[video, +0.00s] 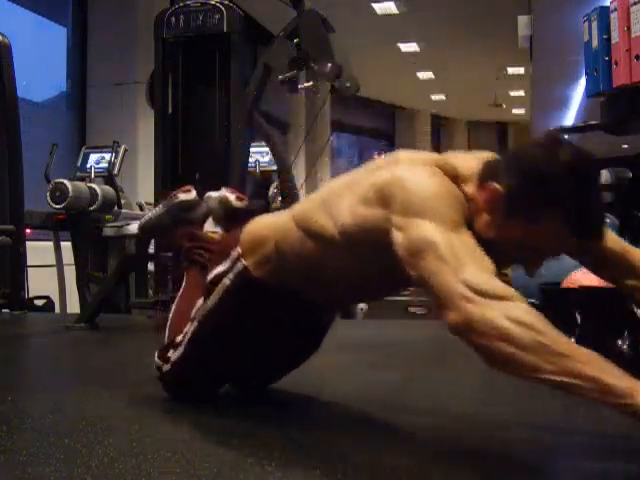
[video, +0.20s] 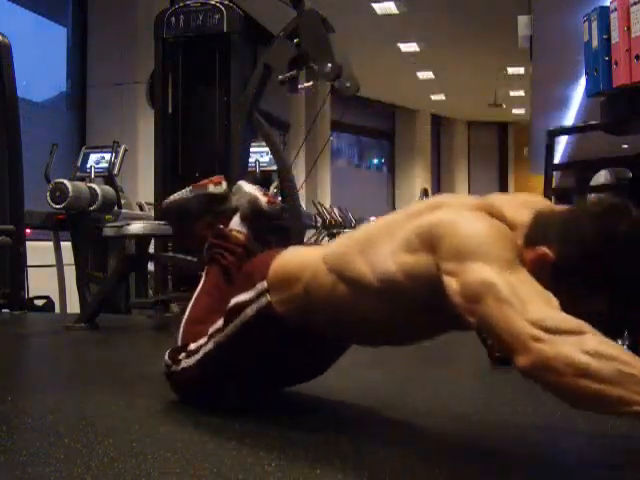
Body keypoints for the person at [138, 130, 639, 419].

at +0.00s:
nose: (527, 264)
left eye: (543, 255)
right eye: (529, 249)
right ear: (494, 204)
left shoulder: (520, 184)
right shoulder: (418, 190)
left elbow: (622, 264)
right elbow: (483, 316)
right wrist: (628, 391)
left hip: (317, 302)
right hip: (261, 282)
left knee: (244, 382)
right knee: (179, 377)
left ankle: (233, 248)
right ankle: (200, 259)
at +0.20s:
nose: (555, 302)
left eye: (583, 309)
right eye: (564, 296)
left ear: (545, 249)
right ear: (541, 259)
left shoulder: (540, 217)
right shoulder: (469, 239)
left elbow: (569, 325)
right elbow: (540, 353)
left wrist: (633, 375)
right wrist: (639, 393)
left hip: (330, 316)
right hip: (283, 303)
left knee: (249, 376)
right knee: (185, 372)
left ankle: (254, 246)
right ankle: (226, 250)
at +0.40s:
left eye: (598, 336)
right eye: (587, 327)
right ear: (562, 293)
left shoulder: (563, 244)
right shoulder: (485, 261)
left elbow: (606, 345)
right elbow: (567, 370)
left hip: (331, 320)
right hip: (290, 318)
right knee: (185, 372)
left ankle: (270, 252)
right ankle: (234, 253)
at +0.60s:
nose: (553, 303)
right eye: (562, 299)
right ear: (554, 278)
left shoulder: (546, 231)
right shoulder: (479, 248)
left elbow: (568, 334)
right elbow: (544, 360)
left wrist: (634, 381)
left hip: (330, 324)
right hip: (286, 307)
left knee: (242, 377)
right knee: (187, 372)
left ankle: (272, 248)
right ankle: (234, 248)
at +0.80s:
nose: (514, 283)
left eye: (533, 283)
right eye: (528, 275)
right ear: (514, 233)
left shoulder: (526, 190)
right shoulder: (444, 199)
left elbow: (611, 238)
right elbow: (494, 321)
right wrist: (632, 393)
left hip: (327, 302)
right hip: (275, 285)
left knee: (255, 378)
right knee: (183, 373)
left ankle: (257, 246)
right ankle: (227, 249)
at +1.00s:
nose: (483, 247)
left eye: (498, 243)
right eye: (488, 236)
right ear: (467, 191)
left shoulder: (496, 164)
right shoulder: (398, 152)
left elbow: (591, 247)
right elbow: (422, 282)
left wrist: (637, 293)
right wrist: (540, 380)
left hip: (315, 279)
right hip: (252, 255)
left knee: (247, 381)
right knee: (181, 377)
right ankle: (209, 240)